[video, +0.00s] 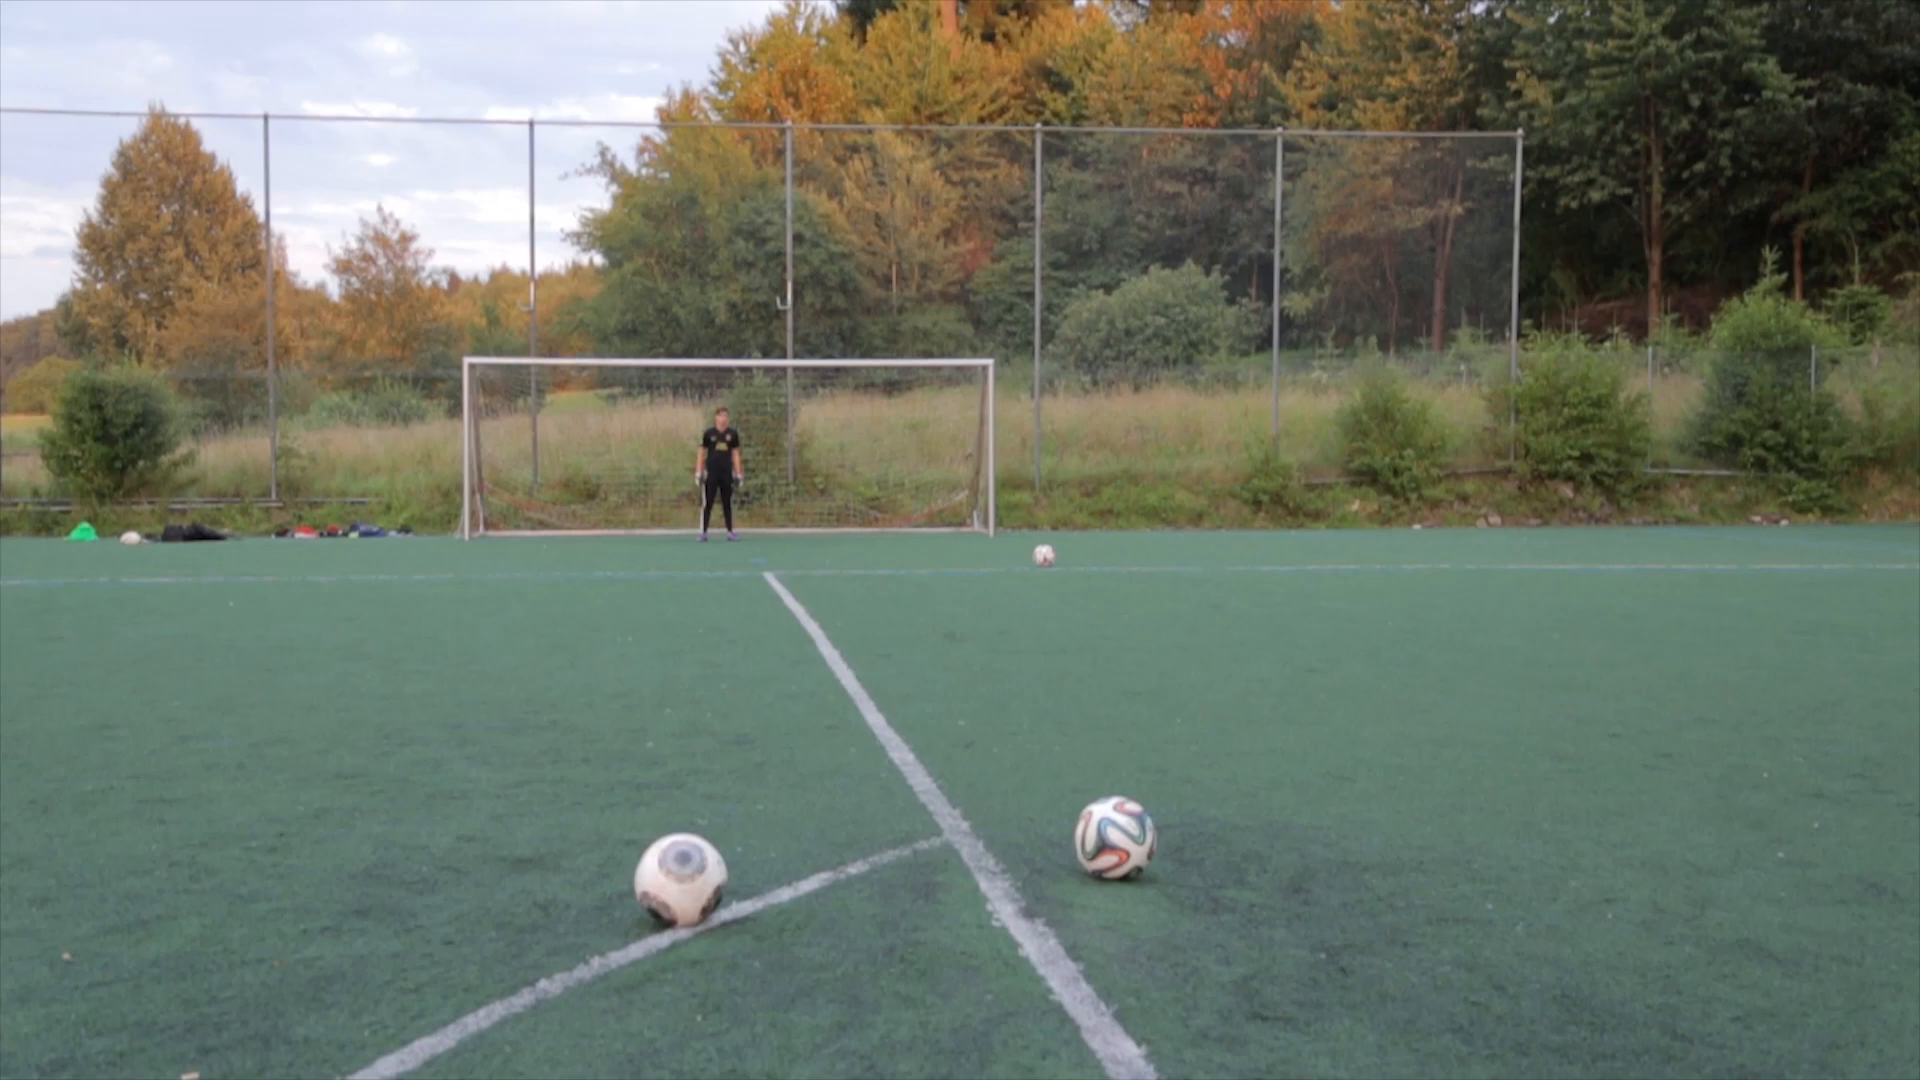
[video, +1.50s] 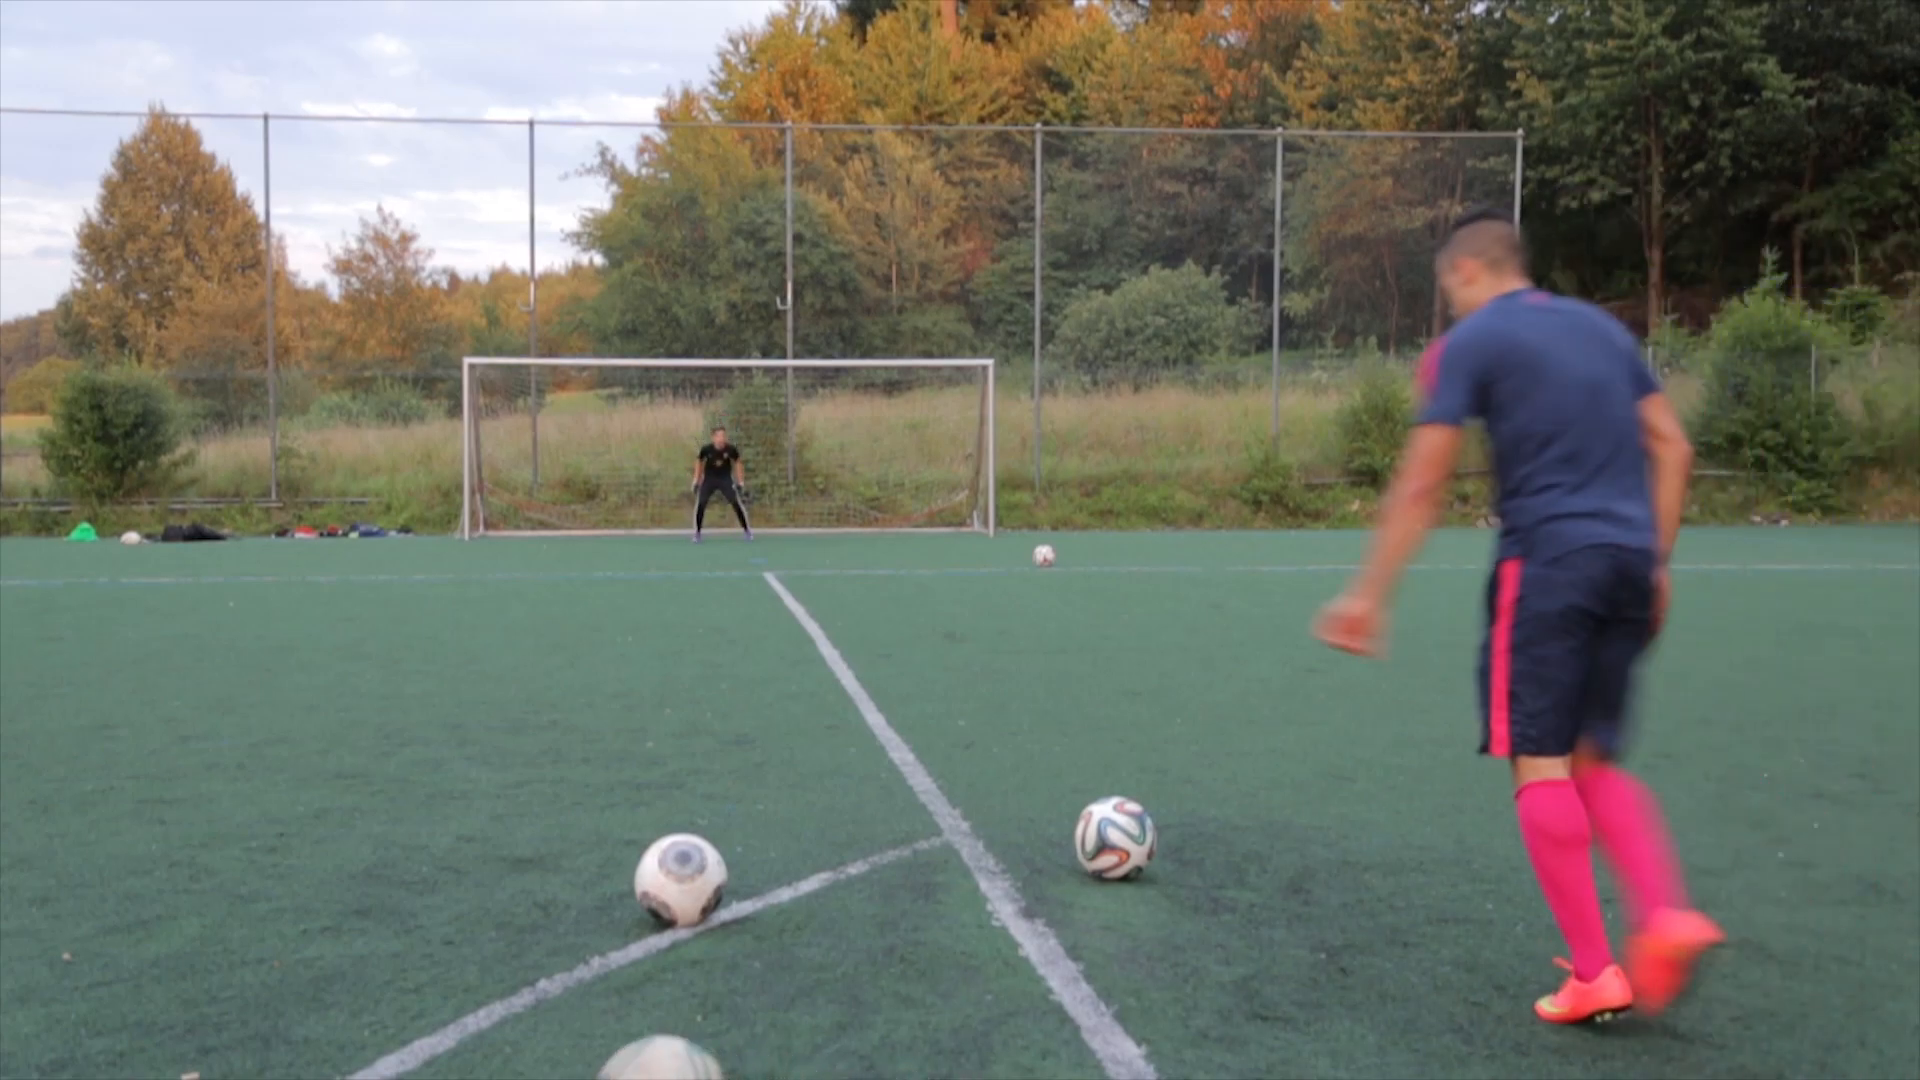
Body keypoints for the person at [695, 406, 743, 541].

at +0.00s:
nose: (723, 420)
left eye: (725, 417)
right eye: (720, 416)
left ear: (728, 419)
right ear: (715, 418)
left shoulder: (732, 434)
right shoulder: (709, 434)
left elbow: (736, 454)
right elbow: (702, 452)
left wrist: (738, 472)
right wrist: (699, 470)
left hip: (726, 473)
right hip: (711, 473)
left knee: (727, 503)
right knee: (708, 503)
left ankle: (730, 530)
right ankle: (704, 531)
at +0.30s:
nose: (723, 420)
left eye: (726, 417)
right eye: (721, 416)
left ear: (729, 419)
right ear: (716, 418)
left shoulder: (733, 435)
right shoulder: (709, 434)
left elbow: (736, 454)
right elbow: (702, 452)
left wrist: (739, 472)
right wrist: (700, 470)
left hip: (727, 474)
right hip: (711, 473)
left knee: (727, 504)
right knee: (708, 504)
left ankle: (730, 530)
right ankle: (704, 531)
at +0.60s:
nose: (725, 423)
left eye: (727, 419)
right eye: (723, 419)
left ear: (730, 421)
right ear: (718, 421)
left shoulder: (735, 436)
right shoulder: (710, 435)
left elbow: (737, 454)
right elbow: (703, 452)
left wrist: (739, 472)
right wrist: (701, 470)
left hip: (729, 474)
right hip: (712, 474)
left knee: (729, 503)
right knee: (708, 503)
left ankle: (730, 530)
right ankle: (704, 531)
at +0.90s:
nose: (722, 426)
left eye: (725, 423)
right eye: (720, 423)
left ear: (728, 425)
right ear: (715, 424)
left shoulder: (732, 440)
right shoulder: (708, 438)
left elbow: (736, 455)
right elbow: (699, 450)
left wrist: (737, 470)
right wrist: (699, 467)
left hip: (725, 474)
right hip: (709, 474)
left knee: (729, 502)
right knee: (701, 501)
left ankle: (730, 530)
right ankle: (695, 529)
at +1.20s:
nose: (715, 433)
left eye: (717, 430)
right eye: (712, 430)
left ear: (719, 432)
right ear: (707, 431)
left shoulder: (723, 444)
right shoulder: (699, 443)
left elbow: (726, 457)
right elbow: (690, 457)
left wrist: (731, 471)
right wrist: (691, 472)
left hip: (718, 477)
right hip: (701, 477)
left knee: (732, 500)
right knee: (692, 504)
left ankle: (736, 527)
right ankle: (687, 531)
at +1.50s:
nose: (720, 439)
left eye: (722, 436)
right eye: (717, 436)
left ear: (725, 438)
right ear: (713, 437)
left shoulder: (731, 450)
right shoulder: (706, 450)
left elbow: (738, 464)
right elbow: (699, 464)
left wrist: (740, 481)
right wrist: (696, 480)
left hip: (725, 481)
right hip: (709, 481)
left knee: (736, 504)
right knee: (701, 505)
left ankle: (746, 530)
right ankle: (698, 532)